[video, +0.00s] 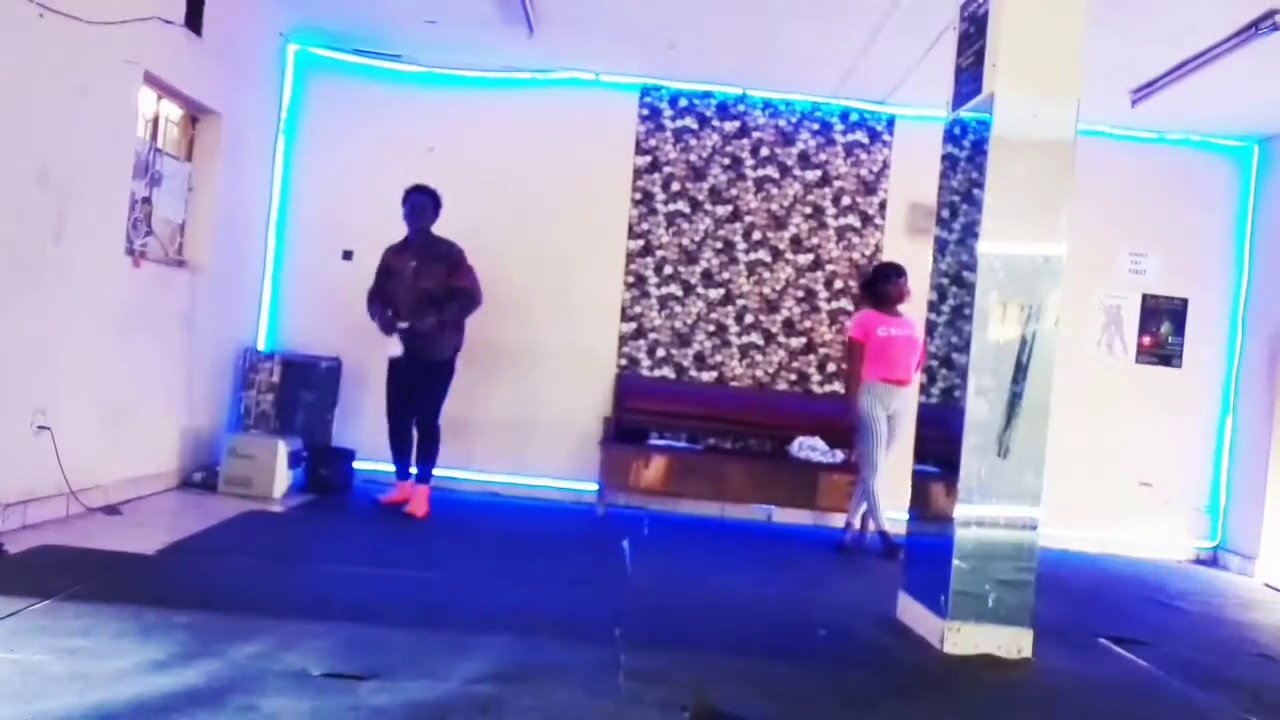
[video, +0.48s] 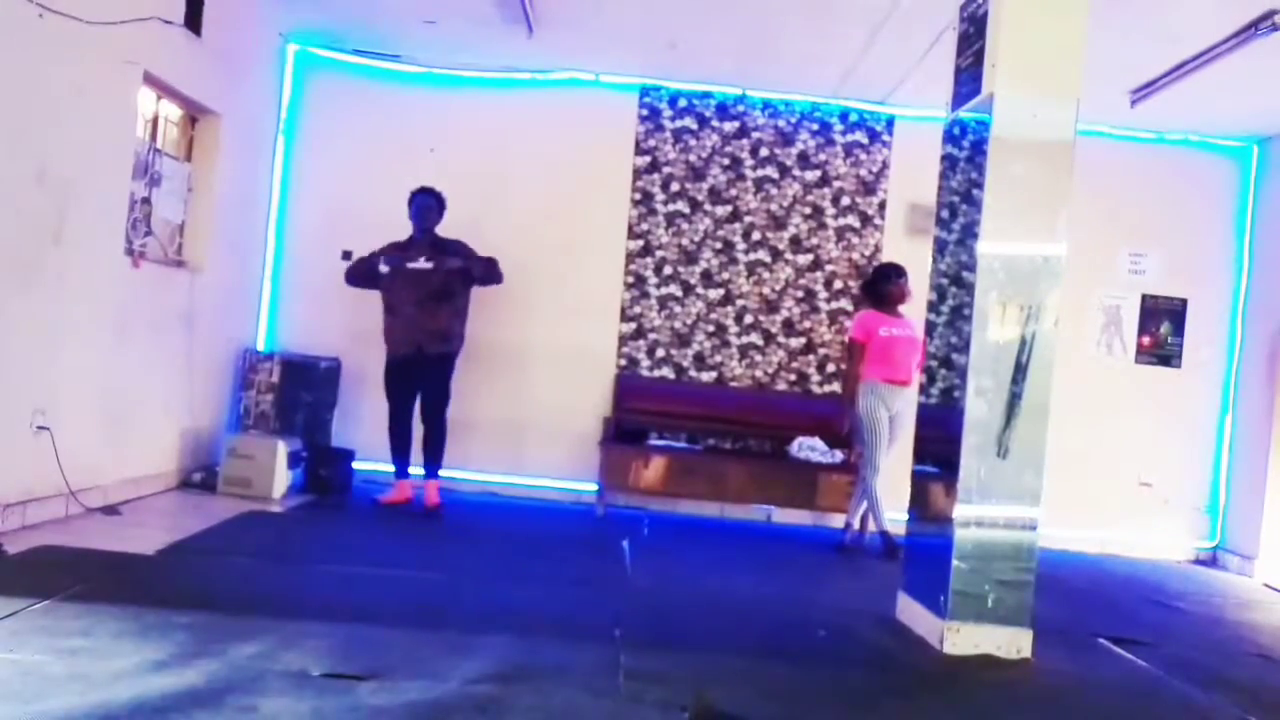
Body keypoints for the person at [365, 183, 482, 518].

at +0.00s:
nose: (414, 213)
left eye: (422, 208)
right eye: (410, 207)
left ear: (435, 213)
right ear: (403, 210)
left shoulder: (449, 253)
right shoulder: (394, 254)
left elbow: (470, 296)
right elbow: (376, 296)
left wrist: (435, 321)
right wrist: (385, 318)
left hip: (438, 354)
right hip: (405, 350)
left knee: (427, 420)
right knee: (398, 418)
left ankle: (423, 487)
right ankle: (403, 482)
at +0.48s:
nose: (423, 215)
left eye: (430, 209)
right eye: (417, 209)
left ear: (440, 214)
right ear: (409, 212)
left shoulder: (455, 251)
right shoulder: (393, 252)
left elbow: (493, 274)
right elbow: (353, 275)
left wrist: (459, 263)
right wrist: (386, 272)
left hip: (439, 351)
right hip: (401, 350)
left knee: (434, 417)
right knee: (399, 416)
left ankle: (432, 483)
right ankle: (401, 482)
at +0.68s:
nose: (431, 215)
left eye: (438, 210)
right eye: (426, 209)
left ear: (448, 215)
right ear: (417, 213)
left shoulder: (461, 256)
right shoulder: (398, 255)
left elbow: (503, 273)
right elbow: (353, 260)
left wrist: (470, 252)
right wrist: (390, 249)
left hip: (445, 353)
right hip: (405, 352)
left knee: (448, 416)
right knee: (402, 416)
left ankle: (452, 480)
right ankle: (402, 480)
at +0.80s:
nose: (439, 215)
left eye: (445, 210)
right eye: (434, 209)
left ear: (455, 216)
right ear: (423, 213)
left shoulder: (468, 256)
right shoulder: (401, 254)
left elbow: (509, 275)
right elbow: (359, 256)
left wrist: (479, 249)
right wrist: (397, 242)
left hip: (449, 353)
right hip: (408, 351)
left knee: (456, 416)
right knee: (403, 416)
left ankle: (461, 481)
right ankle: (399, 483)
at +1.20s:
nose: (477, 220)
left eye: (483, 215)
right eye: (471, 213)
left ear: (491, 219)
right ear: (459, 215)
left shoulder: (502, 261)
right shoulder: (436, 255)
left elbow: (536, 284)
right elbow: (394, 251)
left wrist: (514, 251)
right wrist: (433, 239)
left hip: (480, 358)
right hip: (440, 353)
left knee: (475, 423)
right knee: (422, 417)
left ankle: (467, 485)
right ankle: (402, 483)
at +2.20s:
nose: (530, 228)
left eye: (533, 223)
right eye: (524, 221)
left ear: (533, 226)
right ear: (505, 220)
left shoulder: (527, 265)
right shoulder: (478, 255)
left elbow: (544, 290)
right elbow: (445, 248)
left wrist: (545, 266)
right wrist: (479, 241)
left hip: (510, 354)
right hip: (478, 349)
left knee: (496, 422)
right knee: (481, 420)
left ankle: (469, 479)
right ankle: (481, 498)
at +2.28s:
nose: (530, 229)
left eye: (534, 223)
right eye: (525, 222)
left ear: (534, 226)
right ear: (506, 220)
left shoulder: (526, 265)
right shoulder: (478, 255)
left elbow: (543, 292)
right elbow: (446, 248)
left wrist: (545, 267)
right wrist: (481, 242)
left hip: (511, 355)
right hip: (478, 351)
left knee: (505, 423)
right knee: (482, 421)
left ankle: (471, 477)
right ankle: (480, 498)